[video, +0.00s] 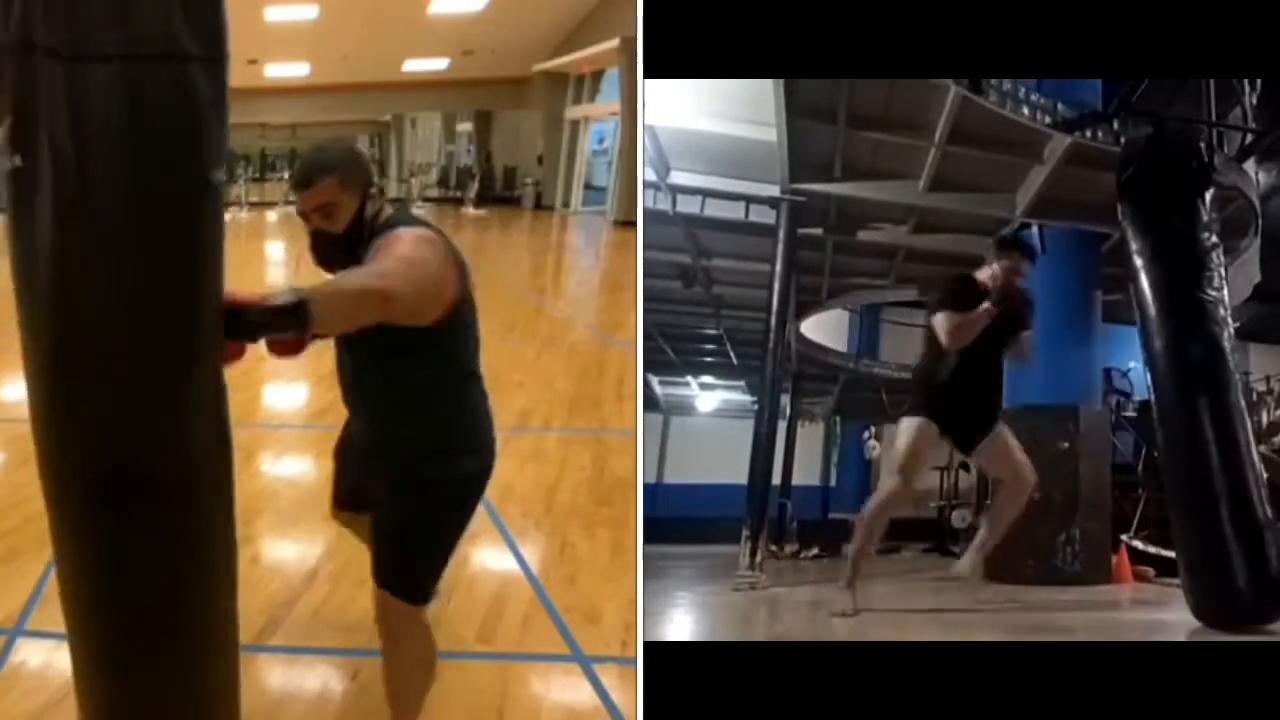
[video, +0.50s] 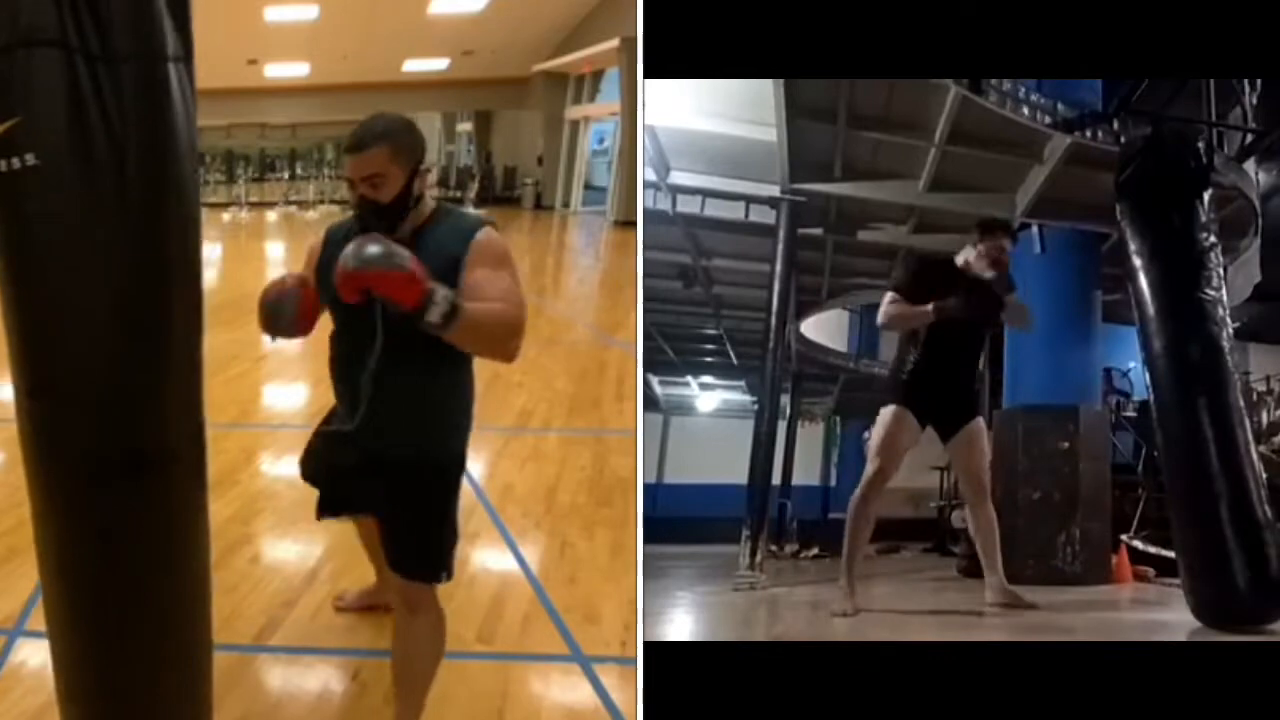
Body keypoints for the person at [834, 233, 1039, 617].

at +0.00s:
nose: (1014, 275)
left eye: (1021, 270)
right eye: (1010, 266)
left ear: (1026, 272)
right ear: (994, 260)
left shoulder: (1016, 303)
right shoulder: (958, 287)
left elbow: (1022, 353)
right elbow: (949, 337)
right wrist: (989, 307)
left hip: (976, 410)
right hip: (930, 403)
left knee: (1020, 482)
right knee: (898, 484)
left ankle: (972, 558)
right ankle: (849, 578)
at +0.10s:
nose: (1005, 283)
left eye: (1009, 276)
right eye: (1000, 273)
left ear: (1010, 274)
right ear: (978, 265)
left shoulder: (1000, 311)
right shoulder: (937, 285)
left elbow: (996, 349)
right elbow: (936, 335)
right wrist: (980, 316)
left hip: (959, 403)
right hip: (912, 398)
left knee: (1024, 460)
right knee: (880, 482)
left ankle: (1001, 556)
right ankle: (845, 586)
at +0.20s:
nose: (993, 268)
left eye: (999, 264)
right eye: (991, 259)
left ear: (999, 265)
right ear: (974, 248)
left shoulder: (982, 289)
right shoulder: (927, 267)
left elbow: (991, 336)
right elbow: (923, 312)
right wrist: (969, 298)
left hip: (955, 391)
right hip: (908, 388)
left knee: (1001, 464)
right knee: (876, 476)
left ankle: (1022, 567)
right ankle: (845, 581)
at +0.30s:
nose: (985, 259)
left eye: (991, 255)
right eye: (983, 249)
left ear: (990, 259)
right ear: (963, 240)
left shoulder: (974, 285)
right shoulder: (921, 256)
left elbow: (979, 322)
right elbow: (918, 297)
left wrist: (995, 317)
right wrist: (966, 280)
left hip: (953, 392)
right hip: (905, 387)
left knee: (983, 484)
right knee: (870, 477)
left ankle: (1003, 585)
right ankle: (844, 582)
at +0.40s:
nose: (982, 253)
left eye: (988, 248)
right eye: (976, 243)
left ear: (991, 254)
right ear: (952, 241)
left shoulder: (980, 284)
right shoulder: (919, 261)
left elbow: (1009, 315)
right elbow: (911, 300)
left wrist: (1004, 286)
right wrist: (966, 280)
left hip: (955, 394)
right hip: (907, 389)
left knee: (977, 488)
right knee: (873, 476)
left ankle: (995, 587)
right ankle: (845, 584)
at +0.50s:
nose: (1000, 263)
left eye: (1005, 257)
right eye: (995, 253)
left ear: (1005, 260)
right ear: (974, 246)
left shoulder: (991, 293)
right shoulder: (926, 269)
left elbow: (1025, 321)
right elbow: (886, 316)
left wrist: (1000, 288)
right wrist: (936, 310)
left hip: (961, 397)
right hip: (913, 390)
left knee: (979, 489)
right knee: (876, 475)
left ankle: (996, 584)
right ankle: (847, 583)